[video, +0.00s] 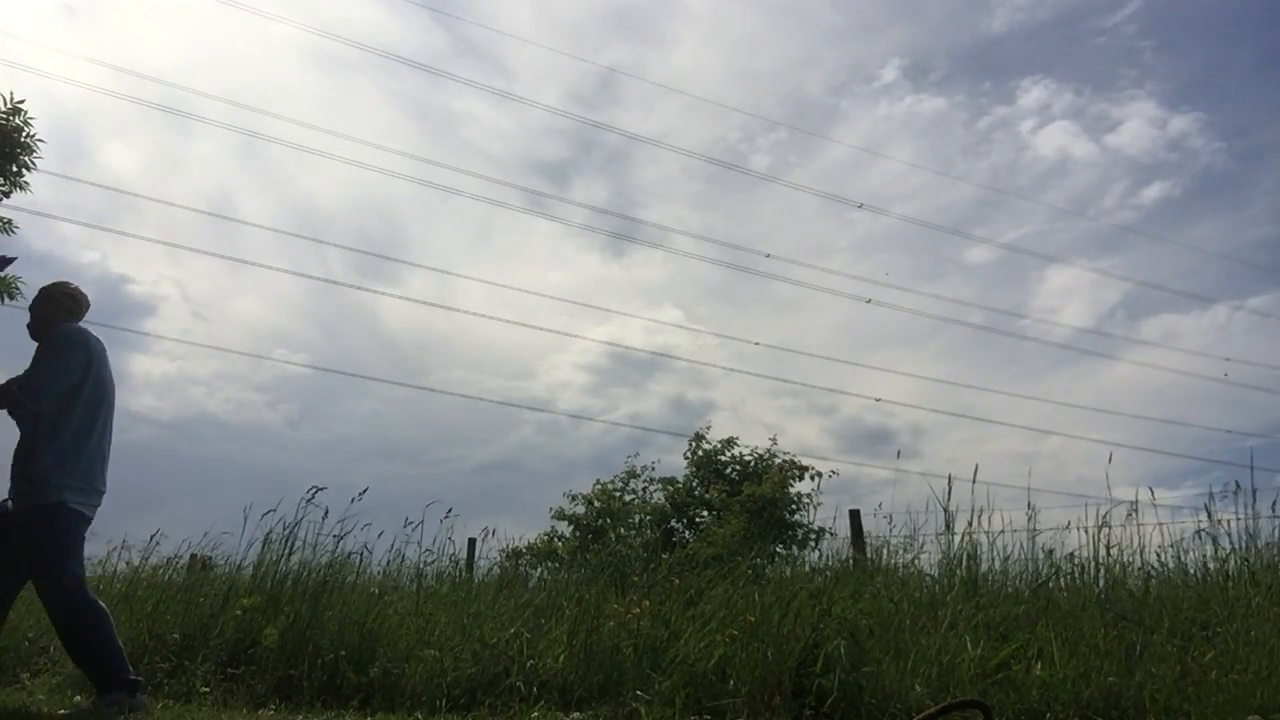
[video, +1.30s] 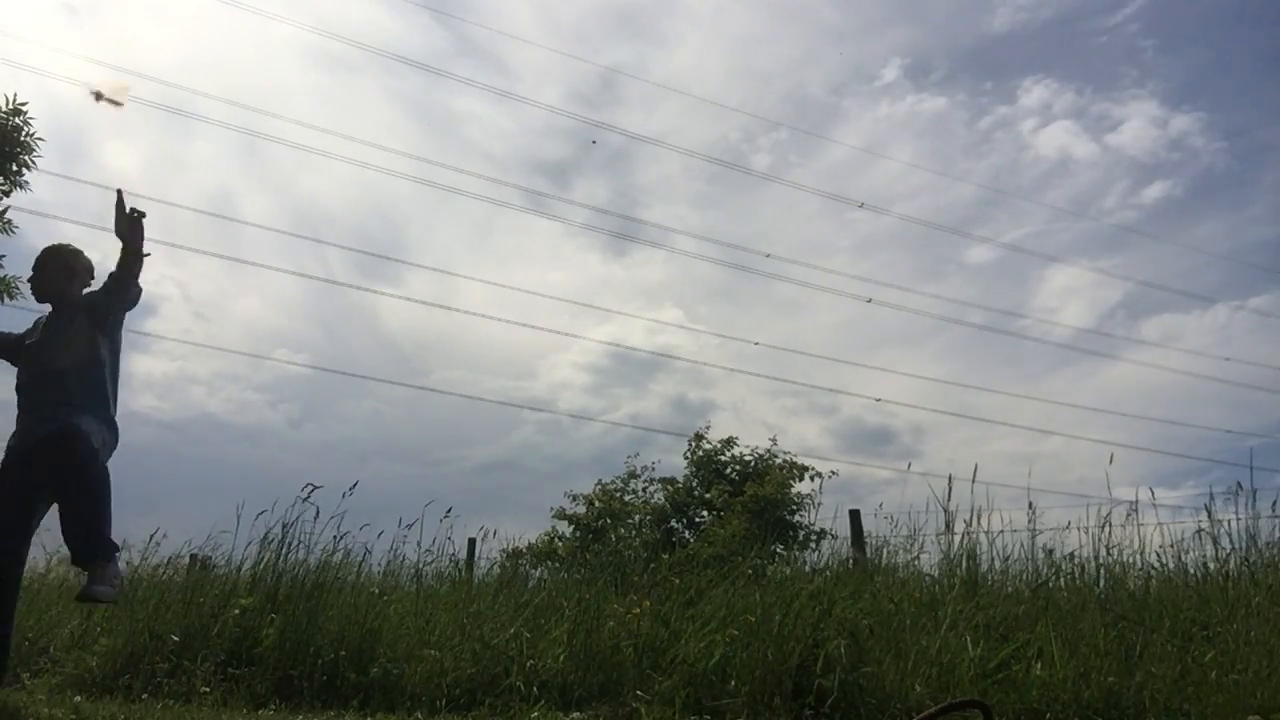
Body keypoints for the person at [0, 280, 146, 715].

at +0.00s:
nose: (29, 321)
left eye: (34, 311)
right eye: (30, 313)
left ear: (53, 308)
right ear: (69, 311)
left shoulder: (68, 339)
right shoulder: (85, 349)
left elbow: (36, 405)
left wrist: (11, 390)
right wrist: (19, 392)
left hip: (53, 493)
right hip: (64, 494)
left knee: (64, 593)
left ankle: (120, 691)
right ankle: (117, 689)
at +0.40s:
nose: (49, 307)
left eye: (51, 300)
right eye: (51, 301)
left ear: (61, 296)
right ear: (90, 303)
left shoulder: (62, 318)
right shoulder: (117, 356)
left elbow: (46, 368)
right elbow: (122, 429)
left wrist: (10, 405)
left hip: (53, 476)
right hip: (85, 483)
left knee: (61, 584)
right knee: (8, 575)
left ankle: (121, 690)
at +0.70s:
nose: (12, 311)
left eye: (18, 303)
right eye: (15, 304)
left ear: (35, 302)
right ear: (57, 308)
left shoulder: (39, 331)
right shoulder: (84, 361)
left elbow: (19, 390)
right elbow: (114, 422)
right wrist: (59, 433)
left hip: (30, 475)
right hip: (64, 482)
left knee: (39, 574)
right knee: (35, 574)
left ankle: (101, 671)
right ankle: (99, 671)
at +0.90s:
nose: (18, 281)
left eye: (26, 272)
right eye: (20, 274)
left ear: (56, 275)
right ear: (36, 281)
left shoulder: (88, 305)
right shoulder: (21, 327)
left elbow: (90, 253)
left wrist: (18, 202)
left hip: (75, 430)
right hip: (26, 431)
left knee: (15, 439)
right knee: (8, 523)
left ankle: (61, 553)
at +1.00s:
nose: (25, 271)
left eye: (35, 265)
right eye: (27, 266)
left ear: (60, 271)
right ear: (37, 279)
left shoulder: (91, 303)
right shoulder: (21, 321)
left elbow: (83, 237)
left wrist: (35, 183)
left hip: (83, 428)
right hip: (29, 429)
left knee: (39, 377)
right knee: (6, 517)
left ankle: (54, 492)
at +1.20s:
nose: (39, 279)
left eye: (49, 270)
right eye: (42, 272)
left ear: (73, 277)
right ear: (40, 284)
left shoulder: (97, 311)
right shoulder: (28, 331)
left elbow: (98, 263)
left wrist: (57, 209)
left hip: (79, 433)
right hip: (23, 436)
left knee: (75, 388)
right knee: (6, 538)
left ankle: (70, 515)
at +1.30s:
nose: (64, 276)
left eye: (70, 269)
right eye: (56, 270)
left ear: (82, 277)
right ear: (39, 283)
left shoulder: (100, 307)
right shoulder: (31, 338)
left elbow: (124, 286)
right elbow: (15, 350)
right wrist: (6, 341)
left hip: (85, 420)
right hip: (31, 432)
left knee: (73, 447)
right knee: (9, 538)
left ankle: (100, 563)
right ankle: (2, 648)